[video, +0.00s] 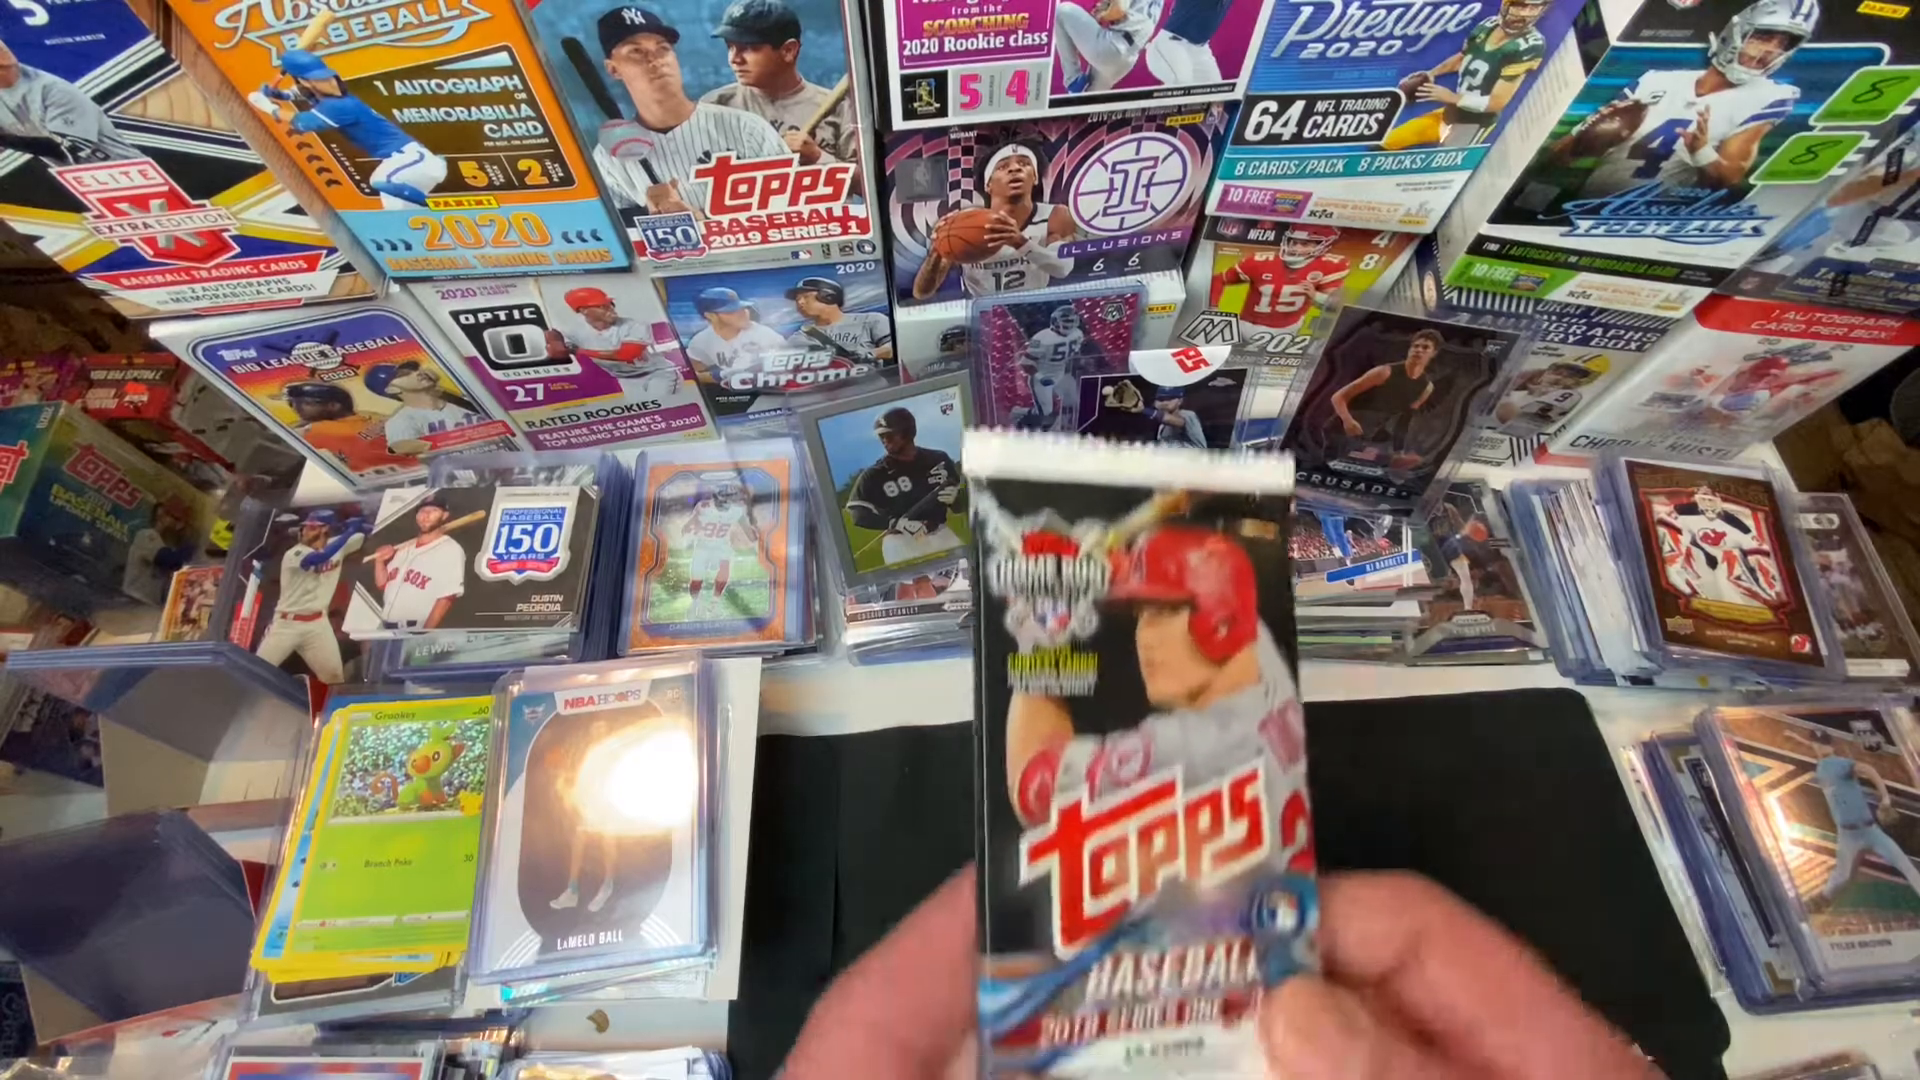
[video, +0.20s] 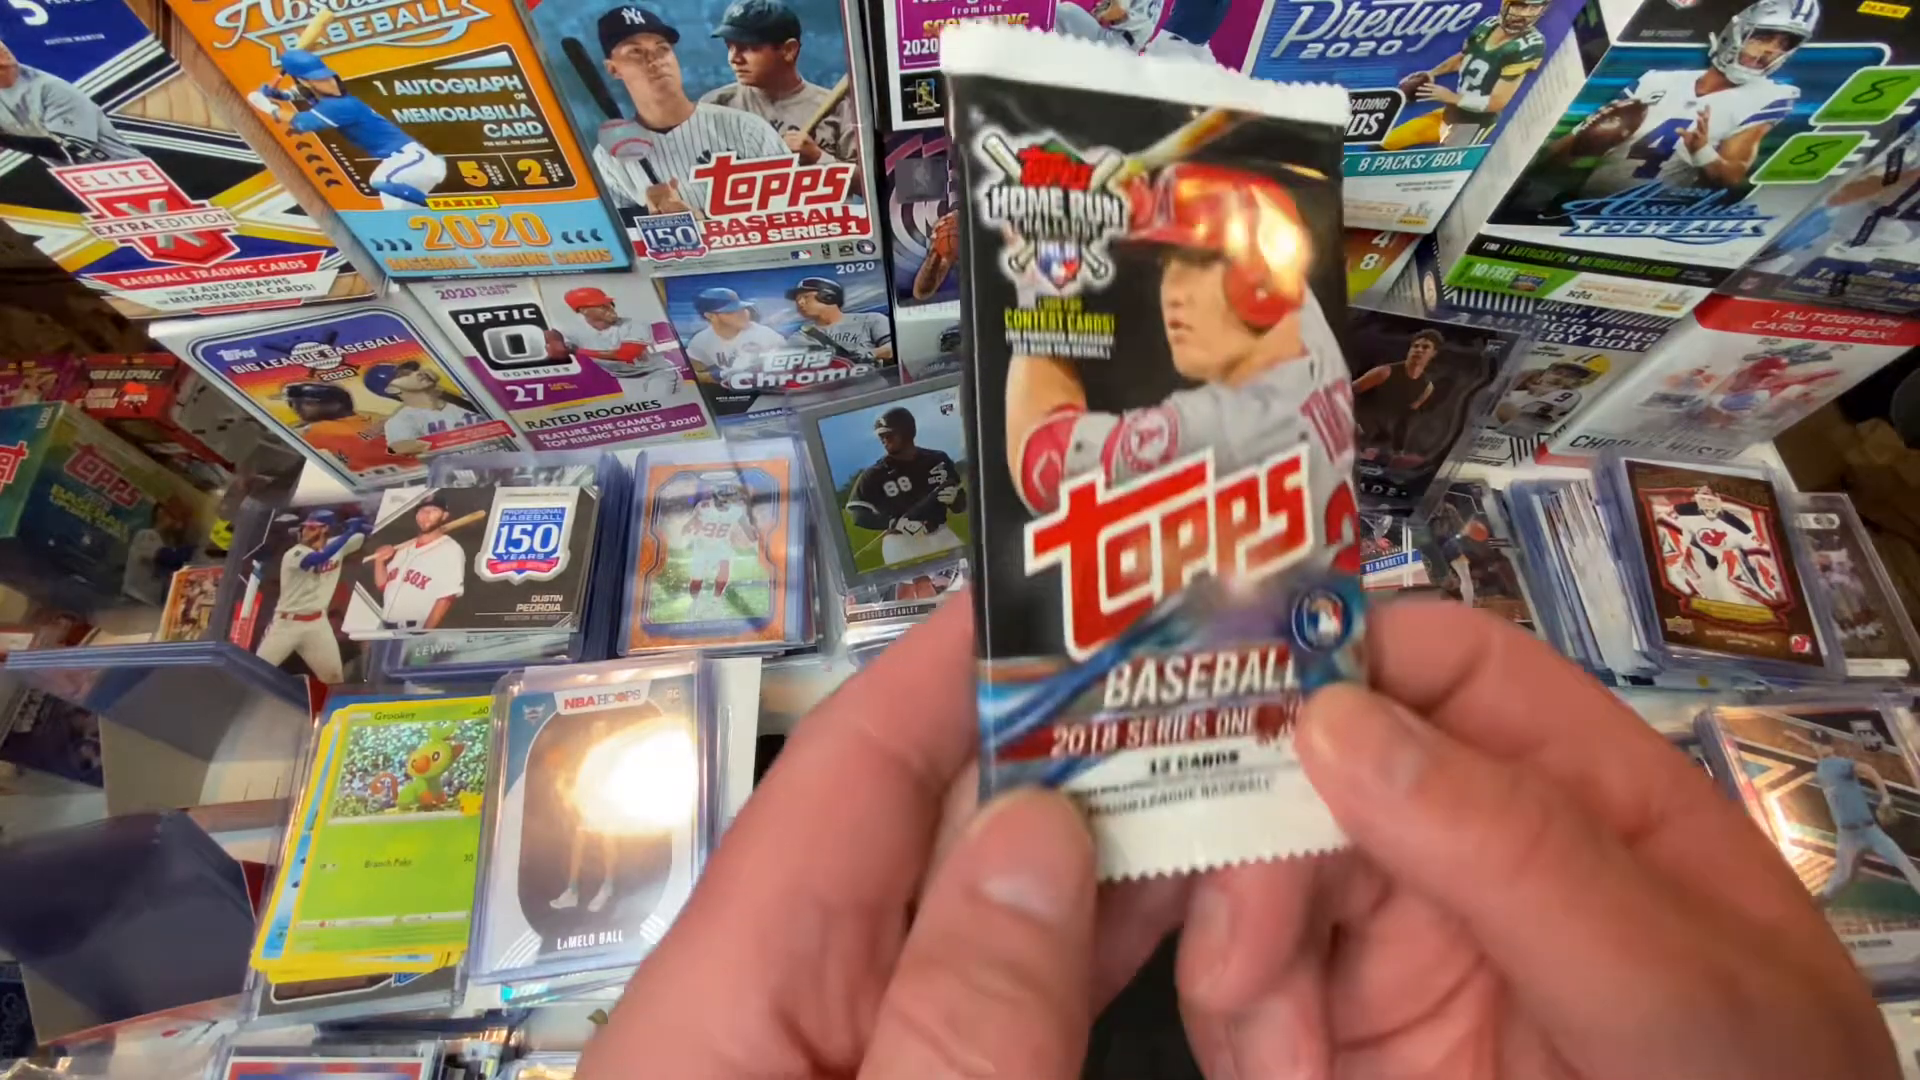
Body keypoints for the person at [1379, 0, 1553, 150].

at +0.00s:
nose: (1521, 13)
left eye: (1531, 7)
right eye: (1516, 5)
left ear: (1543, 10)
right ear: (1504, 4)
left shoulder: (1528, 47)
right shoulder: (1486, 26)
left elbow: (1496, 103)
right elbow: (1463, 58)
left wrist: (1450, 97)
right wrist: (1431, 74)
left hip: (1476, 124)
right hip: (1451, 112)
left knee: (1441, 176)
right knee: (1389, 141)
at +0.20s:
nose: (1521, 13)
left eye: (1531, 7)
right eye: (1517, 5)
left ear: (1542, 10)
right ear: (1504, 5)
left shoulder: (1528, 47)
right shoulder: (1487, 26)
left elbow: (1496, 103)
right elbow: (1462, 58)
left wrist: (1450, 97)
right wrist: (1431, 74)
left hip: (1476, 124)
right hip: (1450, 111)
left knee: (1441, 174)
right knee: (1388, 141)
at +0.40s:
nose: (1520, 14)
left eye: (1529, 8)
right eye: (1515, 6)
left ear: (1541, 11)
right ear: (1504, 5)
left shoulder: (1527, 48)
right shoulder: (1487, 26)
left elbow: (1496, 103)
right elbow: (1463, 58)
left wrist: (1450, 98)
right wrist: (1432, 73)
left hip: (1477, 123)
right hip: (1451, 111)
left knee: (1443, 172)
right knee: (1387, 141)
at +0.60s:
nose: (1519, 14)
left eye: (1529, 8)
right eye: (1515, 6)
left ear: (1541, 11)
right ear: (1503, 5)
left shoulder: (1526, 48)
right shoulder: (1487, 26)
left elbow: (1496, 103)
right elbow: (1463, 58)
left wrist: (1451, 98)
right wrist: (1432, 73)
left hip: (1476, 124)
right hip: (1451, 112)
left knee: (1441, 173)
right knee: (1388, 141)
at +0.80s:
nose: (1519, 13)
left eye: (1528, 7)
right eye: (1514, 5)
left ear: (1541, 11)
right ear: (1502, 5)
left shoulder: (1526, 48)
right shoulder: (1486, 27)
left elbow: (1496, 104)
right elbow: (1463, 58)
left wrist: (1450, 98)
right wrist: (1432, 73)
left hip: (1477, 124)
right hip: (1451, 111)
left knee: (1441, 172)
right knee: (1387, 141)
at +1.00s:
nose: (1520, 13)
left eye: (1529, 7)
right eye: (1515, 5)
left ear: (1541, 11)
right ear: (1503, 5)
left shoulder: (1527, 47)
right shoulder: (1487, 26)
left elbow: (1495, 104)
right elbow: (1464, 58)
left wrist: (1451, 98)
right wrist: (1432, 73)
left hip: (1477, 124)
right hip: (1451, 112)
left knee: (1442, 173)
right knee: (1388, 141)